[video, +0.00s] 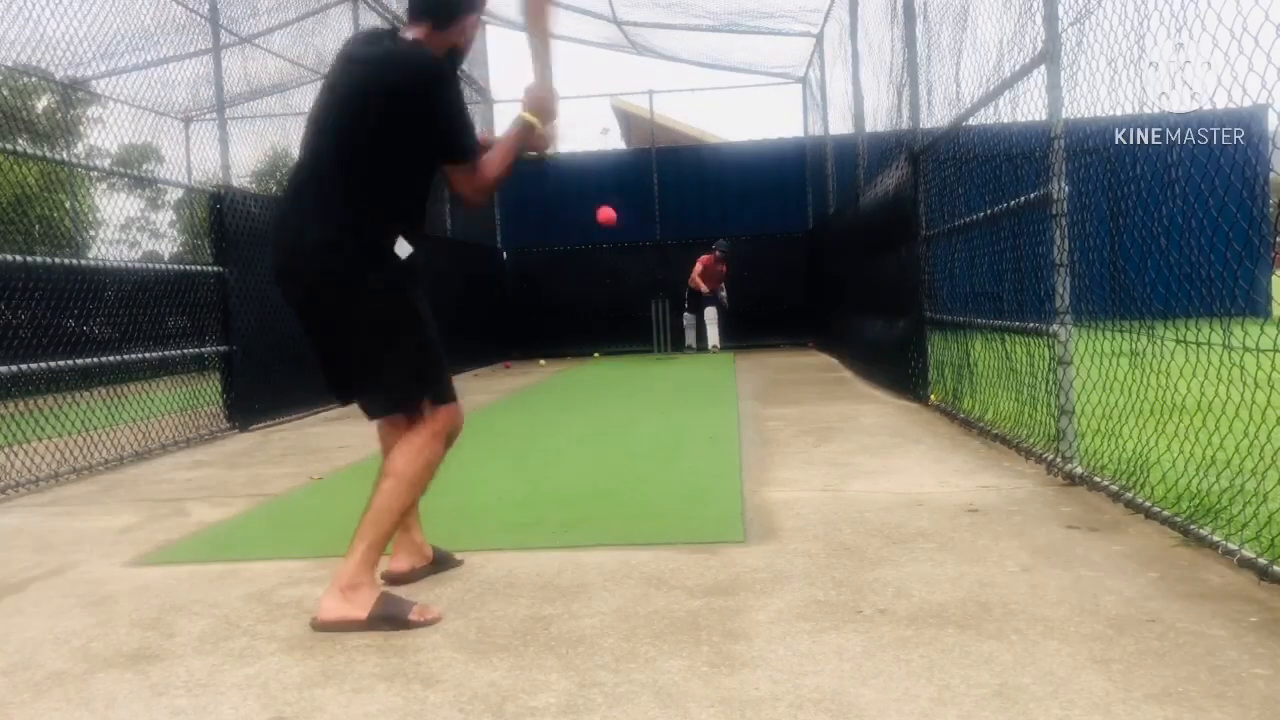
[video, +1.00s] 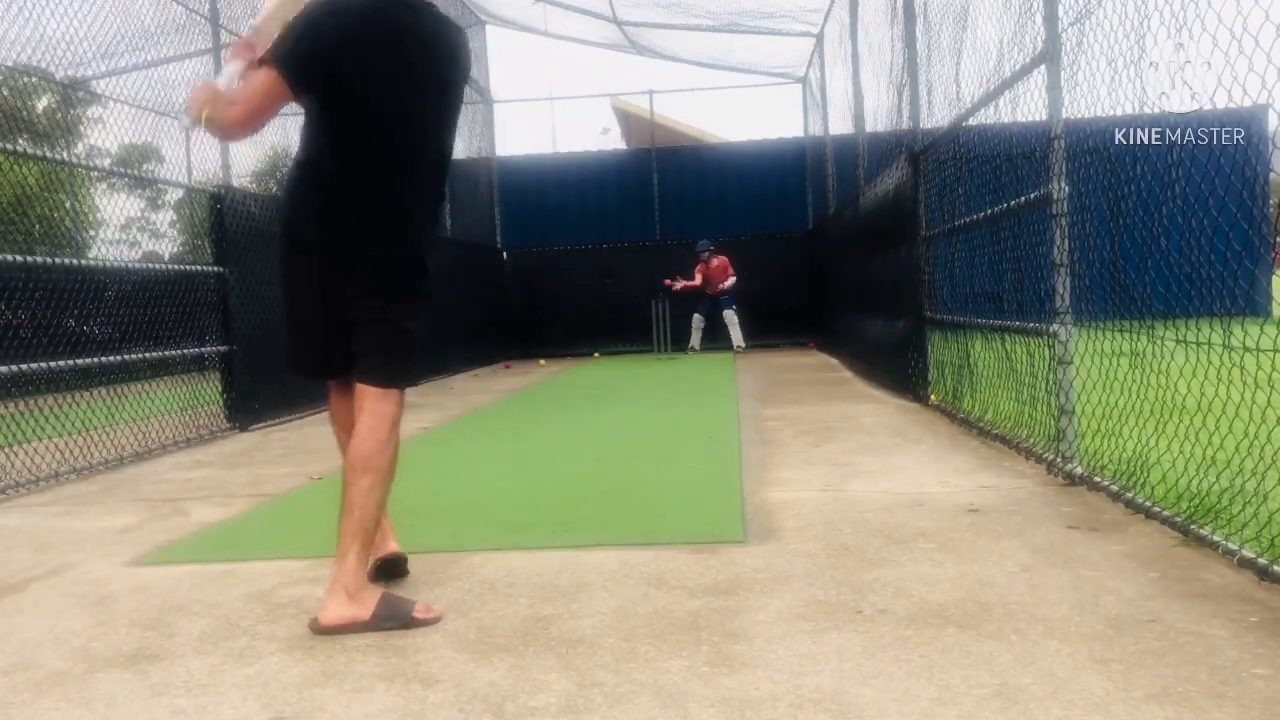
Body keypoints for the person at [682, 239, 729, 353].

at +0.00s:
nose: (721, 254)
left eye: (723, 252)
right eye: (719, 251)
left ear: (725, 254)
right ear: (714, 250)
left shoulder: (722, 266)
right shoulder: (704, 260)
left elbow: (720, 283)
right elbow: (694, 275)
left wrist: (723, 294)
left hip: (710, 292)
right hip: (695, 290)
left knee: (711, 315)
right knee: (690, 317)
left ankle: (714, 345)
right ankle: (690, 345)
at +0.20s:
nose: (709, 246)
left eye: (711, 244)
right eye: (707, 243)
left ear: (714, 245)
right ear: (703, 243)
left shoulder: (715, 259)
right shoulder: (694, 255)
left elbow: (716, 277)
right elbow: (684, 269)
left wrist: (719, 289)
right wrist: (689, 272)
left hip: (707, 290)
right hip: (693, 290)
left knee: (710, 316)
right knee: (691, 318)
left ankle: (714, 344)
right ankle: (693, 346)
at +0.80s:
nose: (696, 248)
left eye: (699, 245)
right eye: (694, 245)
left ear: (704, 245)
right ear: (692, 247)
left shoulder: (714, 259)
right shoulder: (690, 261)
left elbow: (721, 275)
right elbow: (688, 278)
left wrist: (717, 283)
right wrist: (687, 275)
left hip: (710, 292)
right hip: (696, 293)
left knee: (716, 314)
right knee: (690, 317)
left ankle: (725, 343)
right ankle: (693, 346)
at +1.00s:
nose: (701, 255)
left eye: (703, 252)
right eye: (700, 253)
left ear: (710, 251)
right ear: (699, 255)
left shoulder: (723, 261)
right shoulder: (700, 268)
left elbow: (732, 277)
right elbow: (697, 283)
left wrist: (725, 285)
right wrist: (684, 284)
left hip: (723, 295)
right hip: (709, 296)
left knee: (729, 314)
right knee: (698, 318)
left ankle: (738, 345)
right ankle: (694, 347)